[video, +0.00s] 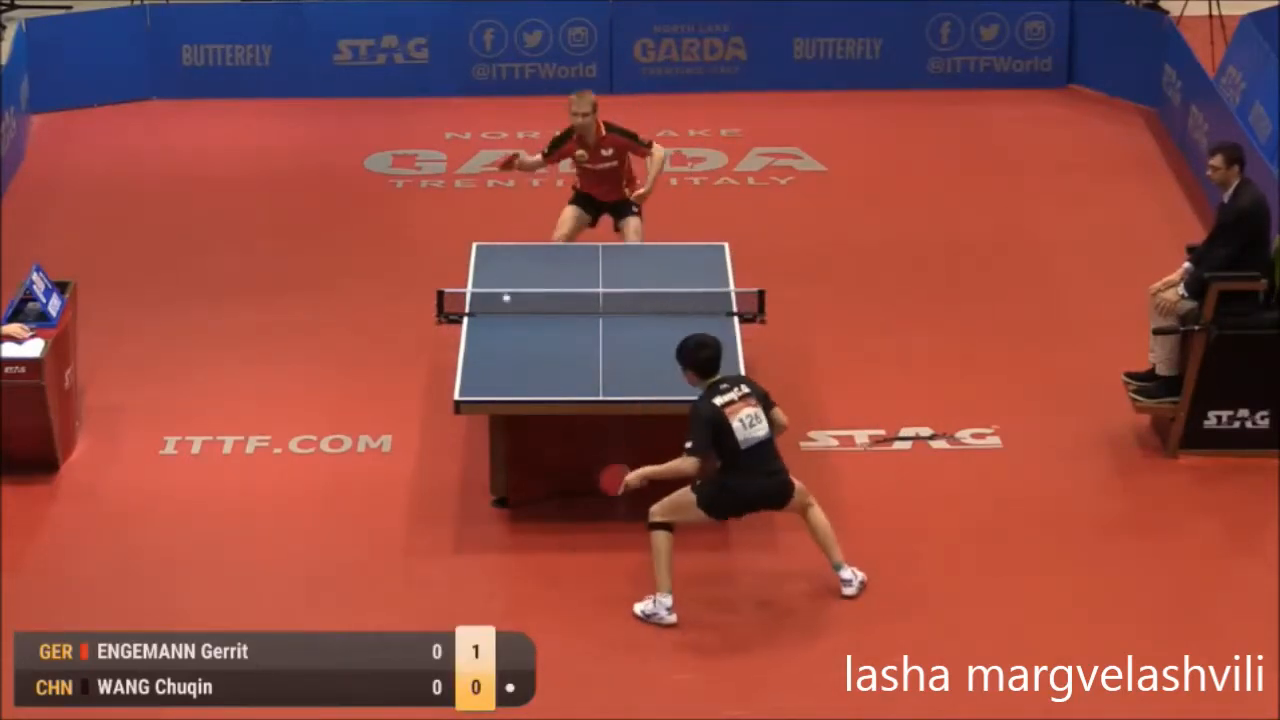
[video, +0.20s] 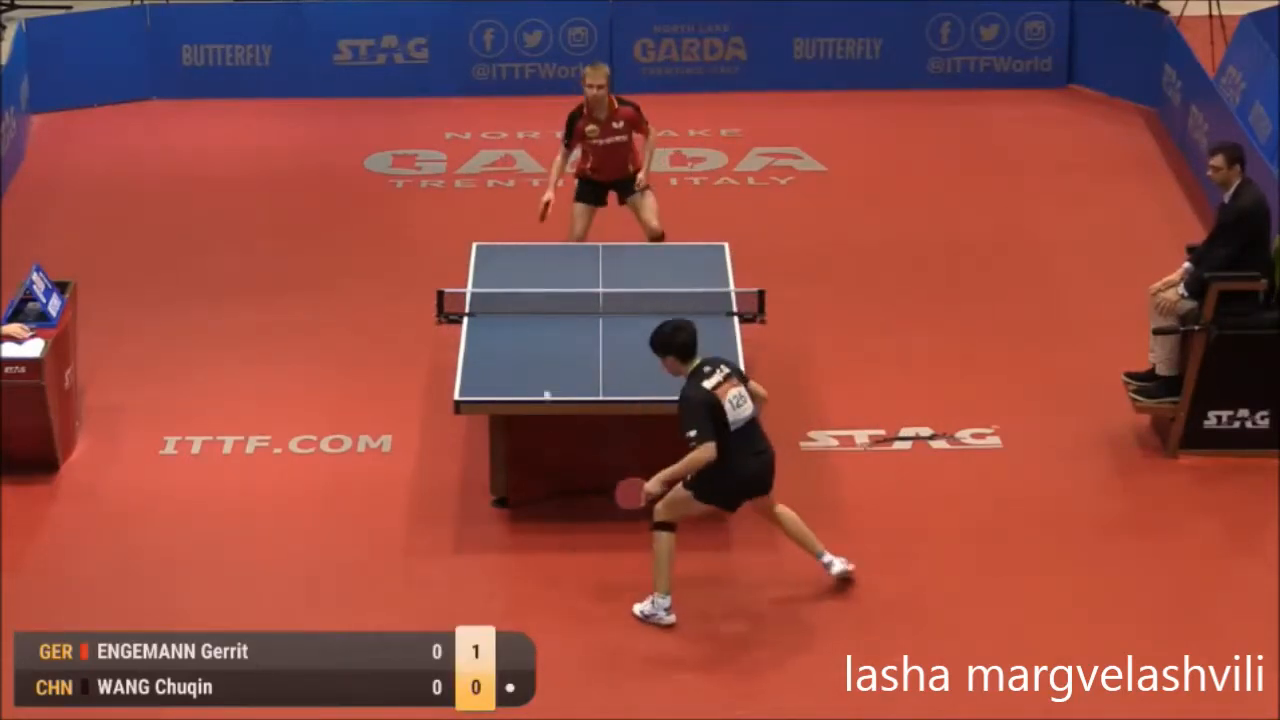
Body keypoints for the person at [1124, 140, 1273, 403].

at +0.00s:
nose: (1208, 174)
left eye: (1214, 168)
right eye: (1208, 168)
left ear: (1234, 169)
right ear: (1228, 170)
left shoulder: (1246, 203)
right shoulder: (1234, 198)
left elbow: (1222, 257)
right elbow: (1211, 245)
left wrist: (1183, 290)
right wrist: (1181, 273)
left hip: (1238, 292)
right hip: (1224, 282)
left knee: (1165, 305)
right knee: (1158, 296)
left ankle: (1170, 379)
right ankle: (1159, 369)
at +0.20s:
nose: (1209, 175)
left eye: (1215, 169)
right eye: (1209, 168)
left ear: (1235, 169)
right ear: (1229, 170)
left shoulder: (1246, 203)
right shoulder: (1234, 198)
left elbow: (1222, 257)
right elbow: (1211, 245)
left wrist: (1184, 289)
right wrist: (1181, 273)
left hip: (1240, 293)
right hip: (1226, 282)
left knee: (1165, 305)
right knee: (1158, 296)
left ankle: (1170, 379)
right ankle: (1159, 369)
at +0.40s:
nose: (1209, 172)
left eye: (1215, 167)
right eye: (1209, 167)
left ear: (1234, 168)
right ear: (1231, 169)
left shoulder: (1246, 204)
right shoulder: (1237, 198)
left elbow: (1221, 255)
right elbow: (1213, 246)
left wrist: (1178, 277)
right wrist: (1180, 270)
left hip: (1239, 287)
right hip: (1227, 278)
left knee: (1166, 304)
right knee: (1159, 295)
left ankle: (1169, 378)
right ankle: (1160, 369)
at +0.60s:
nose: (1196, 176)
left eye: (1202, 173)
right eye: (1198, 170)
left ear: (1219, 179)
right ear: (1219, 178)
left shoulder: (1238, 209)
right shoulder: (1223, 200)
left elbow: (1219, 262)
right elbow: (1206, 245)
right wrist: (1179, 274)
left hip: (1240, 290)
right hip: (1222, 278)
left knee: (1167, 306)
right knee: (1157, 295)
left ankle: (1170, 379)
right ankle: (1160, 369)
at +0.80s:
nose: (1200, 173)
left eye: (1206, 170)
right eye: (1203, 168)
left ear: (1223, 178)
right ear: (1222, 177)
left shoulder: (1242, 207)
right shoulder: (1226, 199)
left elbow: (1224, 263)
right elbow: (1207, 244)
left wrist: (1183, 288)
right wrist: (1180, 274)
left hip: (1238, 291)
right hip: (1221, 279)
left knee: (1166, 306)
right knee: (1157, 296)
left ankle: (1169, 378)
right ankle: (1161, 369)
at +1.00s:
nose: (1203, 174)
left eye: (1209, 170)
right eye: (1205, 169)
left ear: (1227, 175)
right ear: (1223, 175)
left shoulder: (1243, 206)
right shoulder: (1227, 199)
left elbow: (1225, 262)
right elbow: (1208, 244)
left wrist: (1185, 287)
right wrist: (1180, 273)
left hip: (1237, 290)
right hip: (1221, 279)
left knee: (1166, 305)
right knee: (1156, 295)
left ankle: (1169, 378)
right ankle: (1161, 369)